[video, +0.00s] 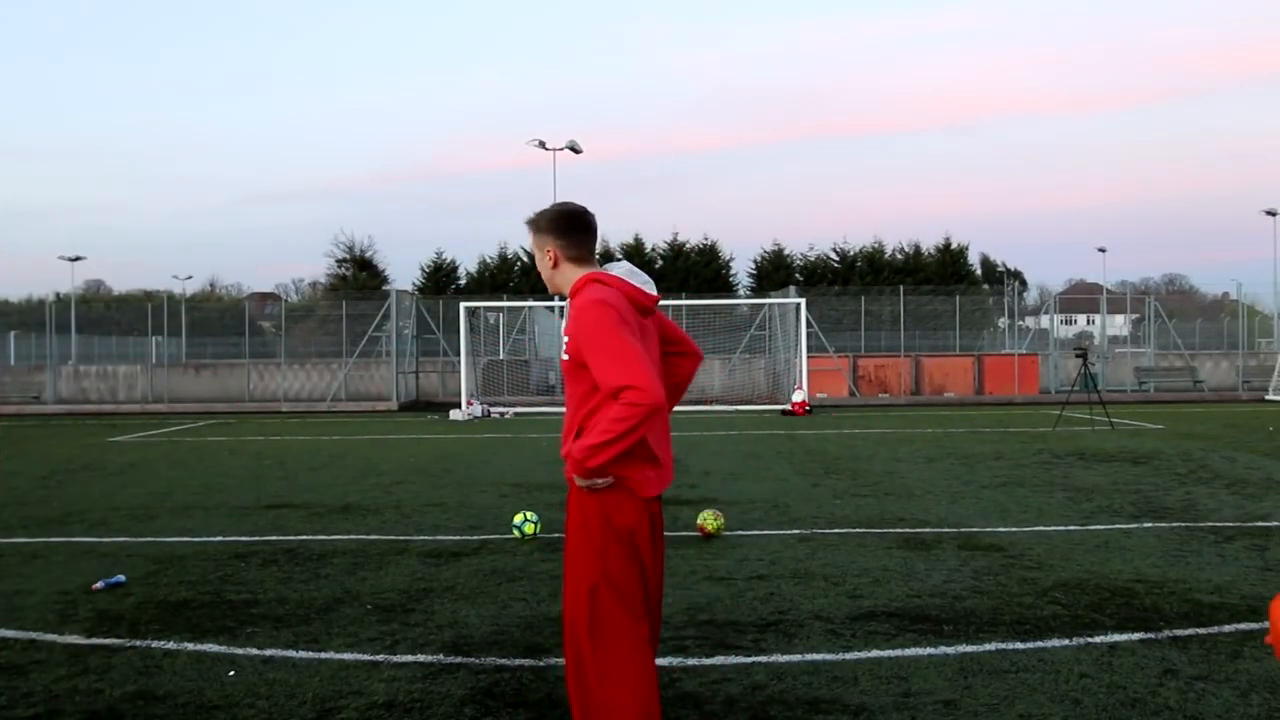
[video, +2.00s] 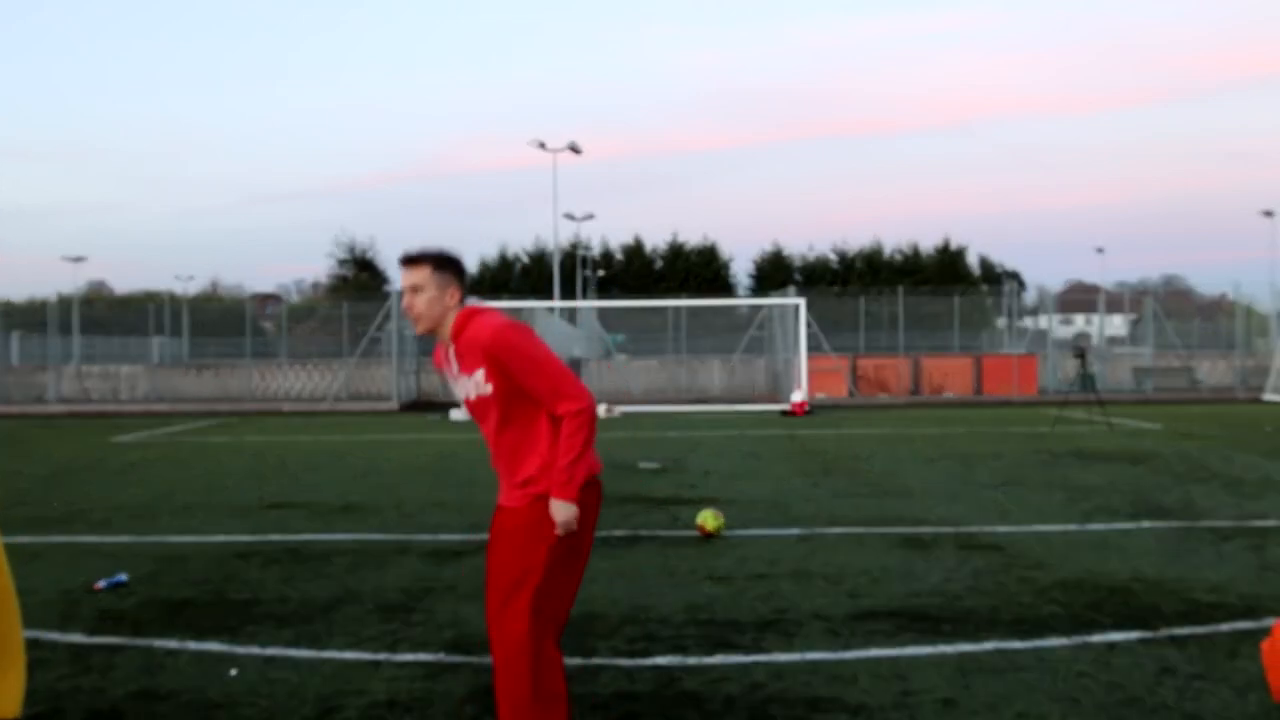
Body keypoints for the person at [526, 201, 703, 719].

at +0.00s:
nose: (536, 267)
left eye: (534, 257)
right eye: (533, 258)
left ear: (549, 256)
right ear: (590, 249)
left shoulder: (592, 305)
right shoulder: (624, 297)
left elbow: (640, 394)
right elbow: (684, 353)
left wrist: (586, 456)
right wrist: (645, 417)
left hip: (606, 501)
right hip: (632, 497)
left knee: (604, 641)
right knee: (624, 638)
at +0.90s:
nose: (524, 273)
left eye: (530, 260)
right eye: (524, 262)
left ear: (563, 259)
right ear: (570, 261)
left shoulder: (582, 306)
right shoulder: (608, 309)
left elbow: (625, 396)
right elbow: (661, 409)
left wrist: (588, 477)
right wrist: (639, 488)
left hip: (574, 503)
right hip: (617, 504)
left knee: (529, 640)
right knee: (614, 645)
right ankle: (618, 715)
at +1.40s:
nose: (462, 269)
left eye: (470, 256)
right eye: (460, 258)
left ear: (507, 256)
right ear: (509, 260)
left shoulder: (518, 312)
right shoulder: (539, 308)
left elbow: (572, 404)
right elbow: (598, 399)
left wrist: (536, 484)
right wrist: (577, 475)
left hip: (511, 506)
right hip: (546, 506)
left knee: (491, 642)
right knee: (545, 636)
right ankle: (576, 708)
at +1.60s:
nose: (437, 272)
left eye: (445, 260)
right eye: (436, 261)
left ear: (481, 260)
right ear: (482, 263)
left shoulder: (509, 316)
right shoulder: (504, 313)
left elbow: (552, 418)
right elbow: (536, 417)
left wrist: (514, 501)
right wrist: (502, 497)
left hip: (514, 509)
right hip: (510, 506)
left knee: (496, 646)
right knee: (500, 643)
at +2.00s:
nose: (406, 304)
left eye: (415, 292)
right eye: (403, 294)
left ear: (451, 293)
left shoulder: (494, 333)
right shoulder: (447, 354)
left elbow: (577, 404)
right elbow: (513, 416)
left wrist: (565, 490)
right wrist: (517, 490)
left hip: (550, 496)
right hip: (518, 495)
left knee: (526, 632)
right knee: (507, 629)